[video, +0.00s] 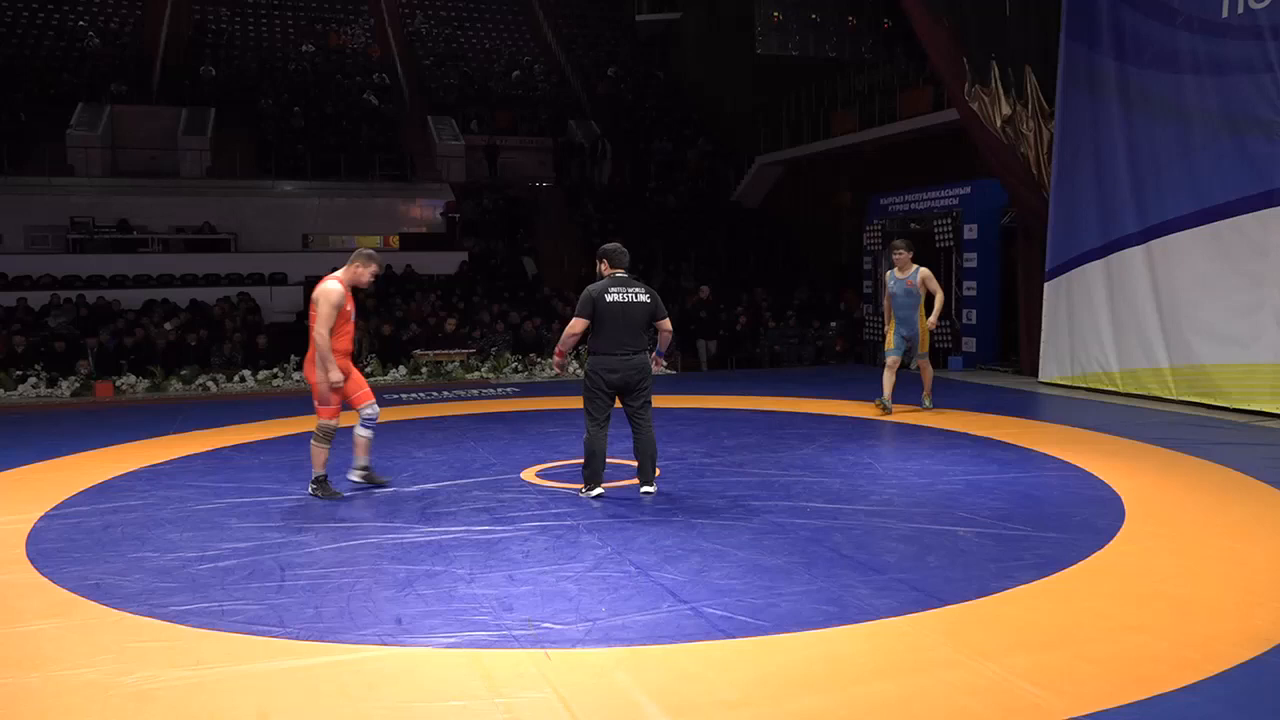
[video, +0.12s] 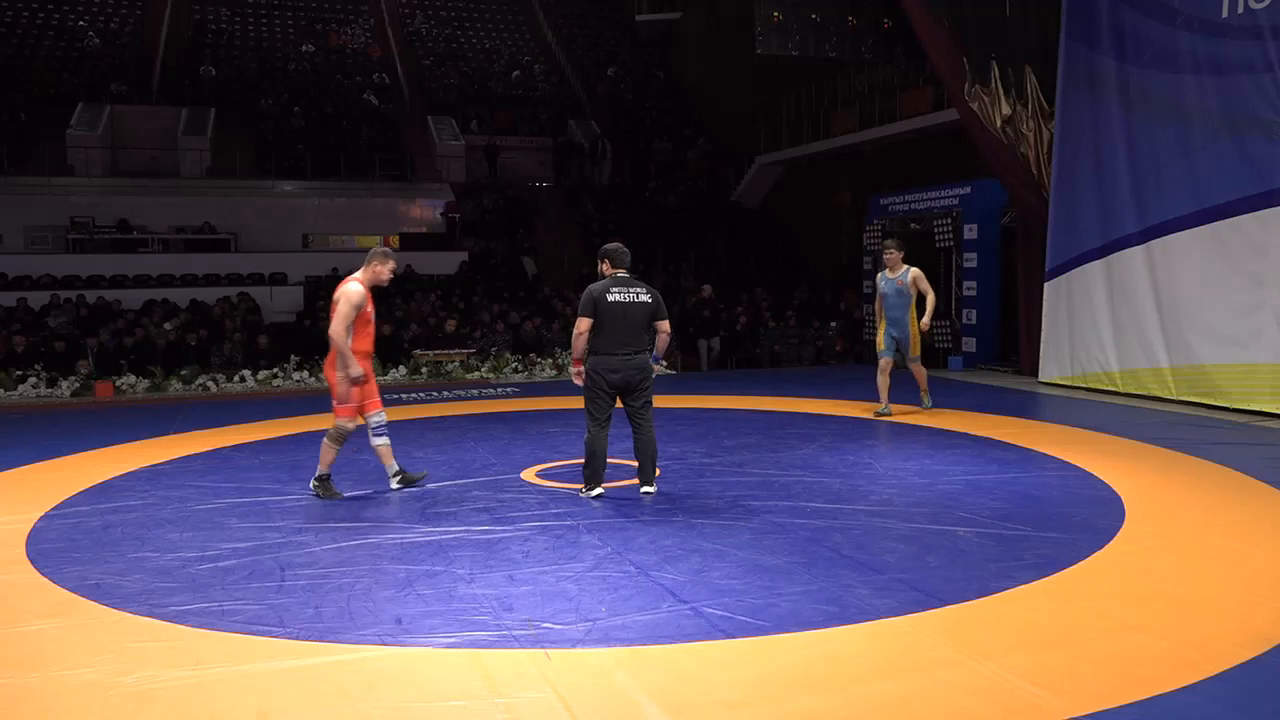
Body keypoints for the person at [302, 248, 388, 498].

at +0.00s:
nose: (371, 281)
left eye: (374, 276)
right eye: (371, 275)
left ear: (357, 268)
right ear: (357, 267)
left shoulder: (342, 288)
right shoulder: (332, 289)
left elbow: (332, 332)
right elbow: (319, 333)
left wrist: (343, 365)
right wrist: (331, 370)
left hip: (342, 364)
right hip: (323, 366)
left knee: (370, 412)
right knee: (327, 424)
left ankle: (361, 470)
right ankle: (318, 479)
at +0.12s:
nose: (391, 276)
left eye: (393, 272)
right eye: (390, 271)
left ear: (375, 267)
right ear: (374, 266)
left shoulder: (362, 289)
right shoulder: (354, 291)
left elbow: (349, 331)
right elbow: (336, 331)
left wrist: (359, 361)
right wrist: (352, 364)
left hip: (362, 366)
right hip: (345, 367)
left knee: (377, 420)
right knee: (344, 424)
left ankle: (395, 475)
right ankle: (320, 478)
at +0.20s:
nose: (403, 275)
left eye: (404, 270)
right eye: (401, 269)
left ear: (386, 267)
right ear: (386, 266)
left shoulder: (372, 289)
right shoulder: (365, 290)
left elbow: (359, 330)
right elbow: (350, 330)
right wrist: (367, 363)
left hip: (377, 366)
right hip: (361, 368)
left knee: (389, 421)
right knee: (368, 426)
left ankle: (399, 476)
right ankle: (329, 471)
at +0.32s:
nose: (419, 273)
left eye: (420, 268)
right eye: (417, 267)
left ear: (401, 265)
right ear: (402, 265)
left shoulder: (387, 287)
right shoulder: (382, 289)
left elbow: (377, 330)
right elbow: (373, 330)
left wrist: (392, 363)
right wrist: (389, 364)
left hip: (389, 365)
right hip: (381, 367)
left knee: (399, 422)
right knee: (408, 420)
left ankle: (399, 476)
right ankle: (367, 458)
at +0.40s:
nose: (429, 270)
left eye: (430, 265)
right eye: (427, 265)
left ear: (412, 262)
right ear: (412, 262)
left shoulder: (398, 284)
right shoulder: (394, 286)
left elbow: (389, 328)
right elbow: (382, 327)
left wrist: (402, 363)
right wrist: (397, 363)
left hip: (397, 364)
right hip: (394, 365)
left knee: (400, 421)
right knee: (427, 413)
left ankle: (399, 476)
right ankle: (399, 465)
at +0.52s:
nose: (446, 268)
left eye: (447, 263)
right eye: (444, 263)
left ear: (428, 261)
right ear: (430, 261)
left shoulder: (413, 283)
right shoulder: (412, 287)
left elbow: (404, 328)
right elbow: (397, 327)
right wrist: (411, 363)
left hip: (409, 365)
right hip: (414, 366)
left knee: (407, 421)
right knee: (439, 418)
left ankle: (400, 476)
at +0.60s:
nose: (460, 270)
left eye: (461, 265)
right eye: (458, 265)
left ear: (441, 264)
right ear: (443, 264)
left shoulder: (425, 286)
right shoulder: (427, 291)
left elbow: (418, 332)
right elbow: (416, 332)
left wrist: (431, 358)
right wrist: (439, 360)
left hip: (419, 366)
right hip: (421, 368)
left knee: (416, 423)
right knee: (449, 423)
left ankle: (401, 476)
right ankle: (476, 476)